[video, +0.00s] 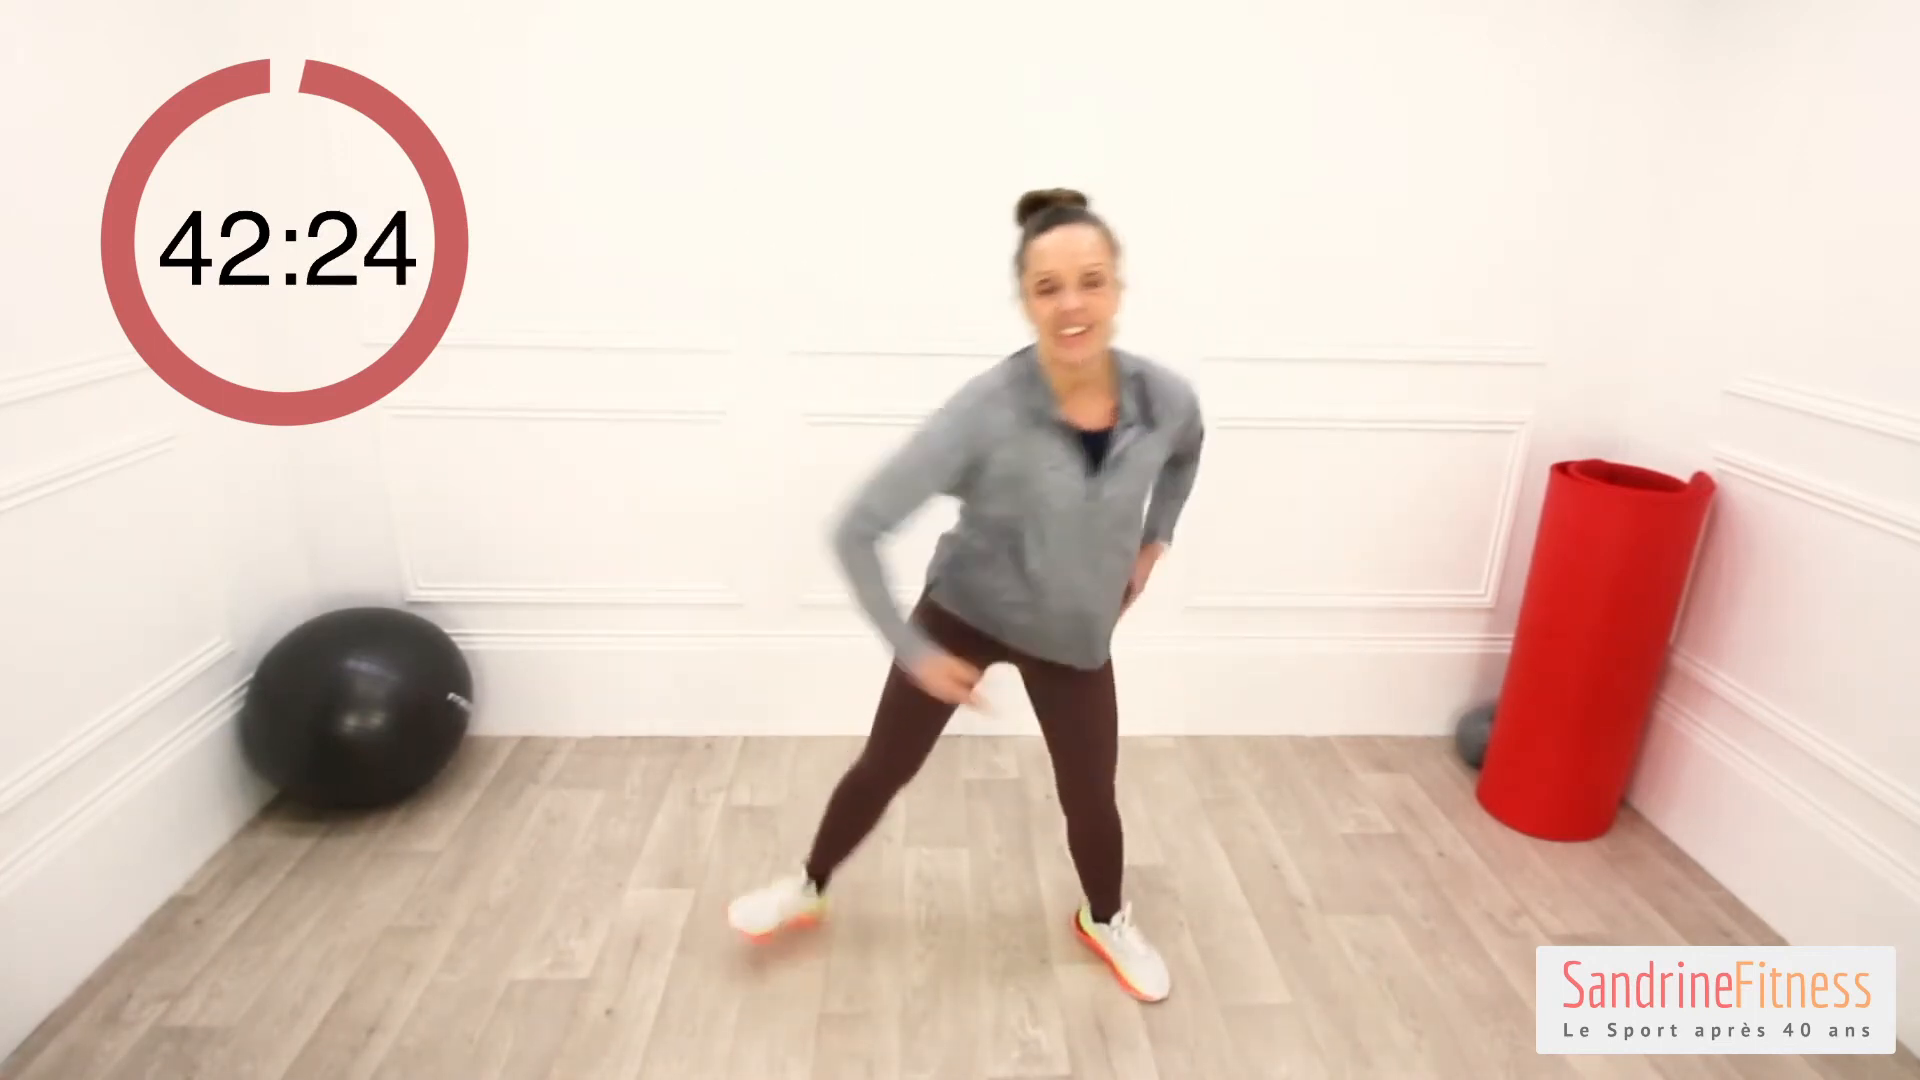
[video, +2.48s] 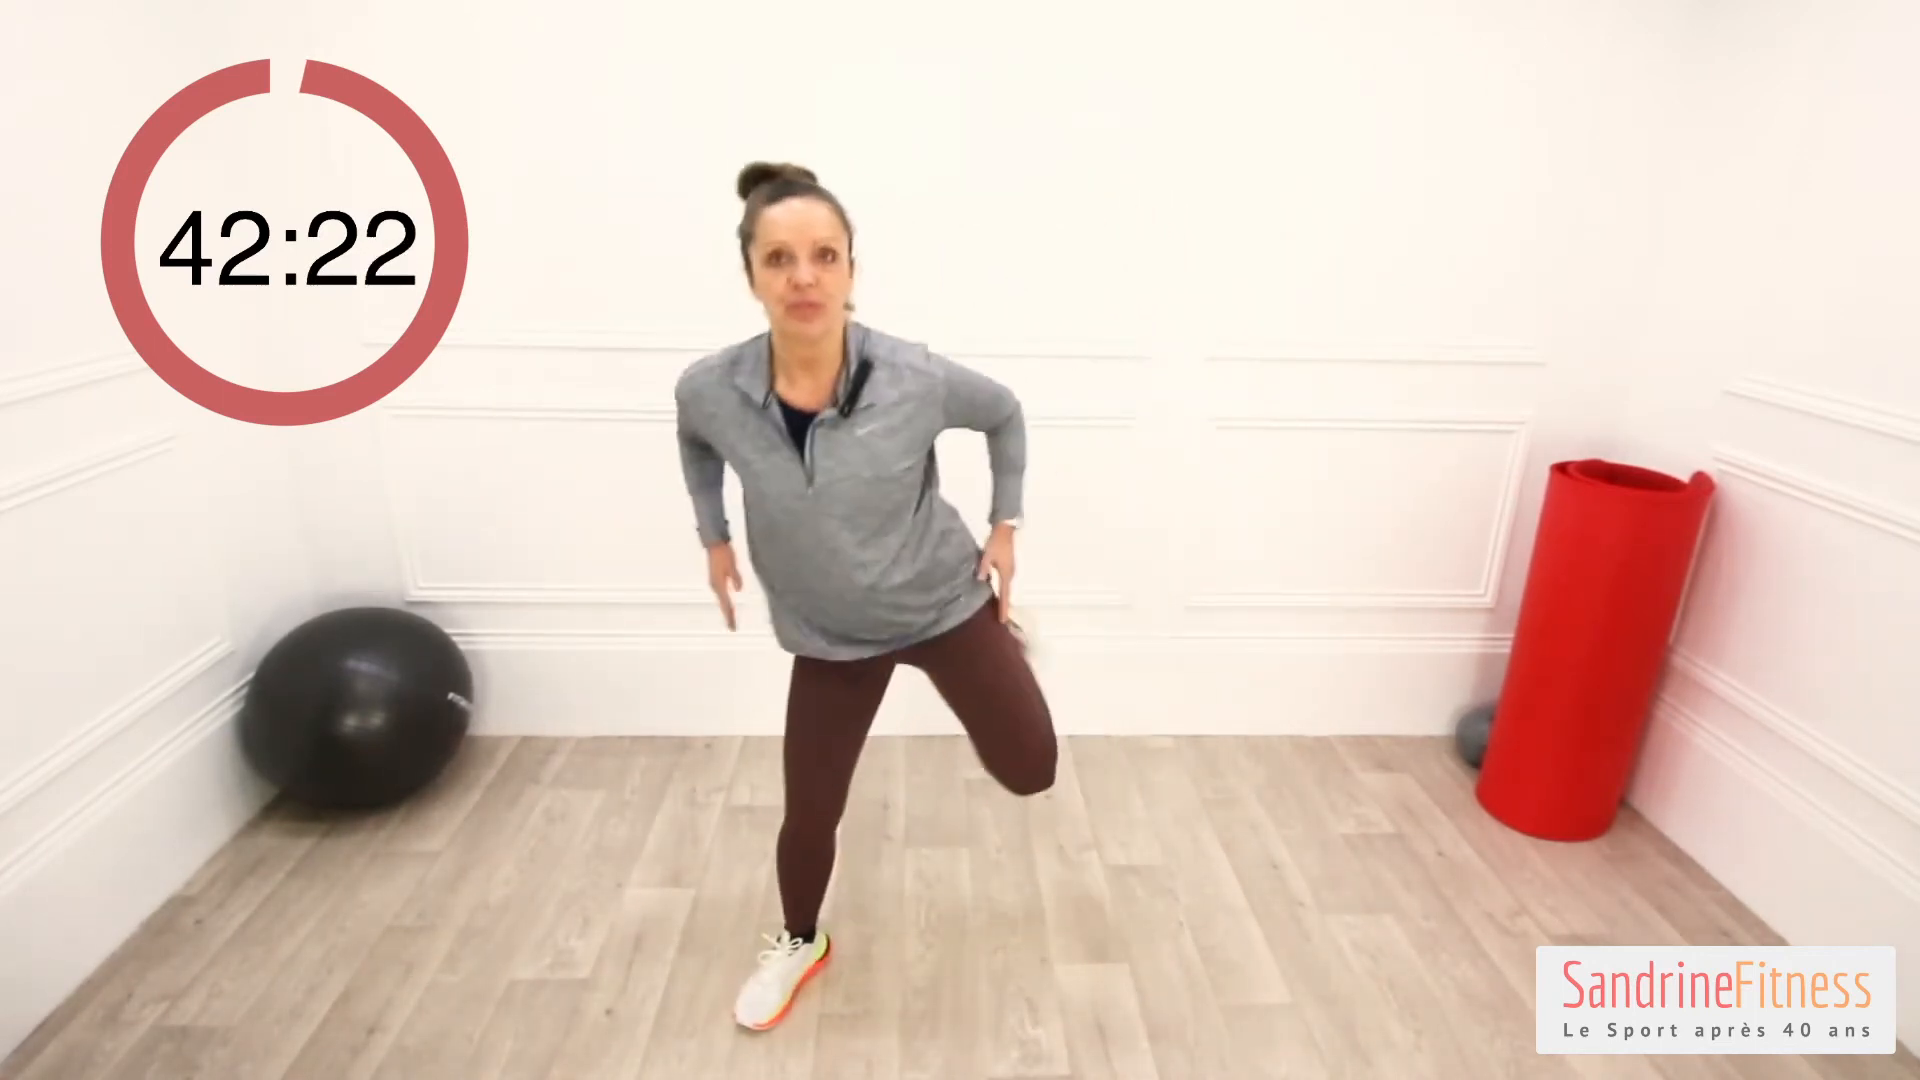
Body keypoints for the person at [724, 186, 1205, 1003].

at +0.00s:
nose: (1073, 307)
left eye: (1091, 284)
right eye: (1049, 289)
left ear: (1120, 291)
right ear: (1024, 303)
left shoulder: (1165, 403)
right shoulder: (987, 412)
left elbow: (1185, 457)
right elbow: (854, 531)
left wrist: (1154, 539)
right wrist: (913, 649)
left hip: (1077, 627)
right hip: (967, 612)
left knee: (1092, 797)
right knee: (885, 768)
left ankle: (1105, 918)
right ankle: (807, 886)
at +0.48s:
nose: (798, 279)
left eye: (817, 256)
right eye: (774, 261)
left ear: (850, 264)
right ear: (752, 277)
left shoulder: (895, 367)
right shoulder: (749, 370)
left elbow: (922, 485)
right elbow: (799, 480)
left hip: (951, 596)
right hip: (851, 611)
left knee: (1016, 737)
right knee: (818, 786)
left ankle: (1097, 840)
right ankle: (796, 919)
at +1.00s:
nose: (882, 317)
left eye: (899, 293)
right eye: (858, 299)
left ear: (924, 301)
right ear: (831, 314)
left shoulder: (980, 424)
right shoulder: (788, 406)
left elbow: (1095, 532)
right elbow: (747, 434)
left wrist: (1037, 641)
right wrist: (767, 535)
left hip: (965, 636)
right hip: (851, 639)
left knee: (1031, 786)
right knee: (821, 810)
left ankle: (1089, 894)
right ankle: (794, 923)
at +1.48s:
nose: (1141, 296)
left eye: (1157, 273)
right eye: (1115, 279)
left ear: (1175, 278)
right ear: (1079, 293)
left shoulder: (1180, 385)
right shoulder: (1063, 395)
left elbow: (1111, 492)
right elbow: (1193, 493)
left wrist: (1097, 573)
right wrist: (1337, 431)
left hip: (1062, 617)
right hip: (970, 592)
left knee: (1084, 784)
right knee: (884, 736)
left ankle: (1102, 905)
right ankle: (780, 831)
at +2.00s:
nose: (1011, 322)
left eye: (1029, 299)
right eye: (989, 304)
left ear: (1058, 306)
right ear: (965, 316)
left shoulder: (1105, 435)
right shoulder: (916, 422)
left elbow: (1134, 573)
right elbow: (885, 549)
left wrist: (1075, 601)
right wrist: (947, 593)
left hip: (1060, 644)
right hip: (947, 635)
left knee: (1075, 801)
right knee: (886, 793)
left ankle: (1105, 909)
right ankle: (812, 929)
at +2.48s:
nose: (805, 279)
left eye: (824, 257)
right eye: (781, 260)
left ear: (852, 270)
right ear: (751, 278)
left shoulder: (912, 378)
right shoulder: (712, 392)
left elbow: (1004, 413)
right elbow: (698, 447)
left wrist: (1005, 526)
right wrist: (716, 539)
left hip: (943, 608)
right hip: (829, 636)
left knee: (1030, 768)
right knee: (809, 813)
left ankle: (995, 635)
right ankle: (800, 941)